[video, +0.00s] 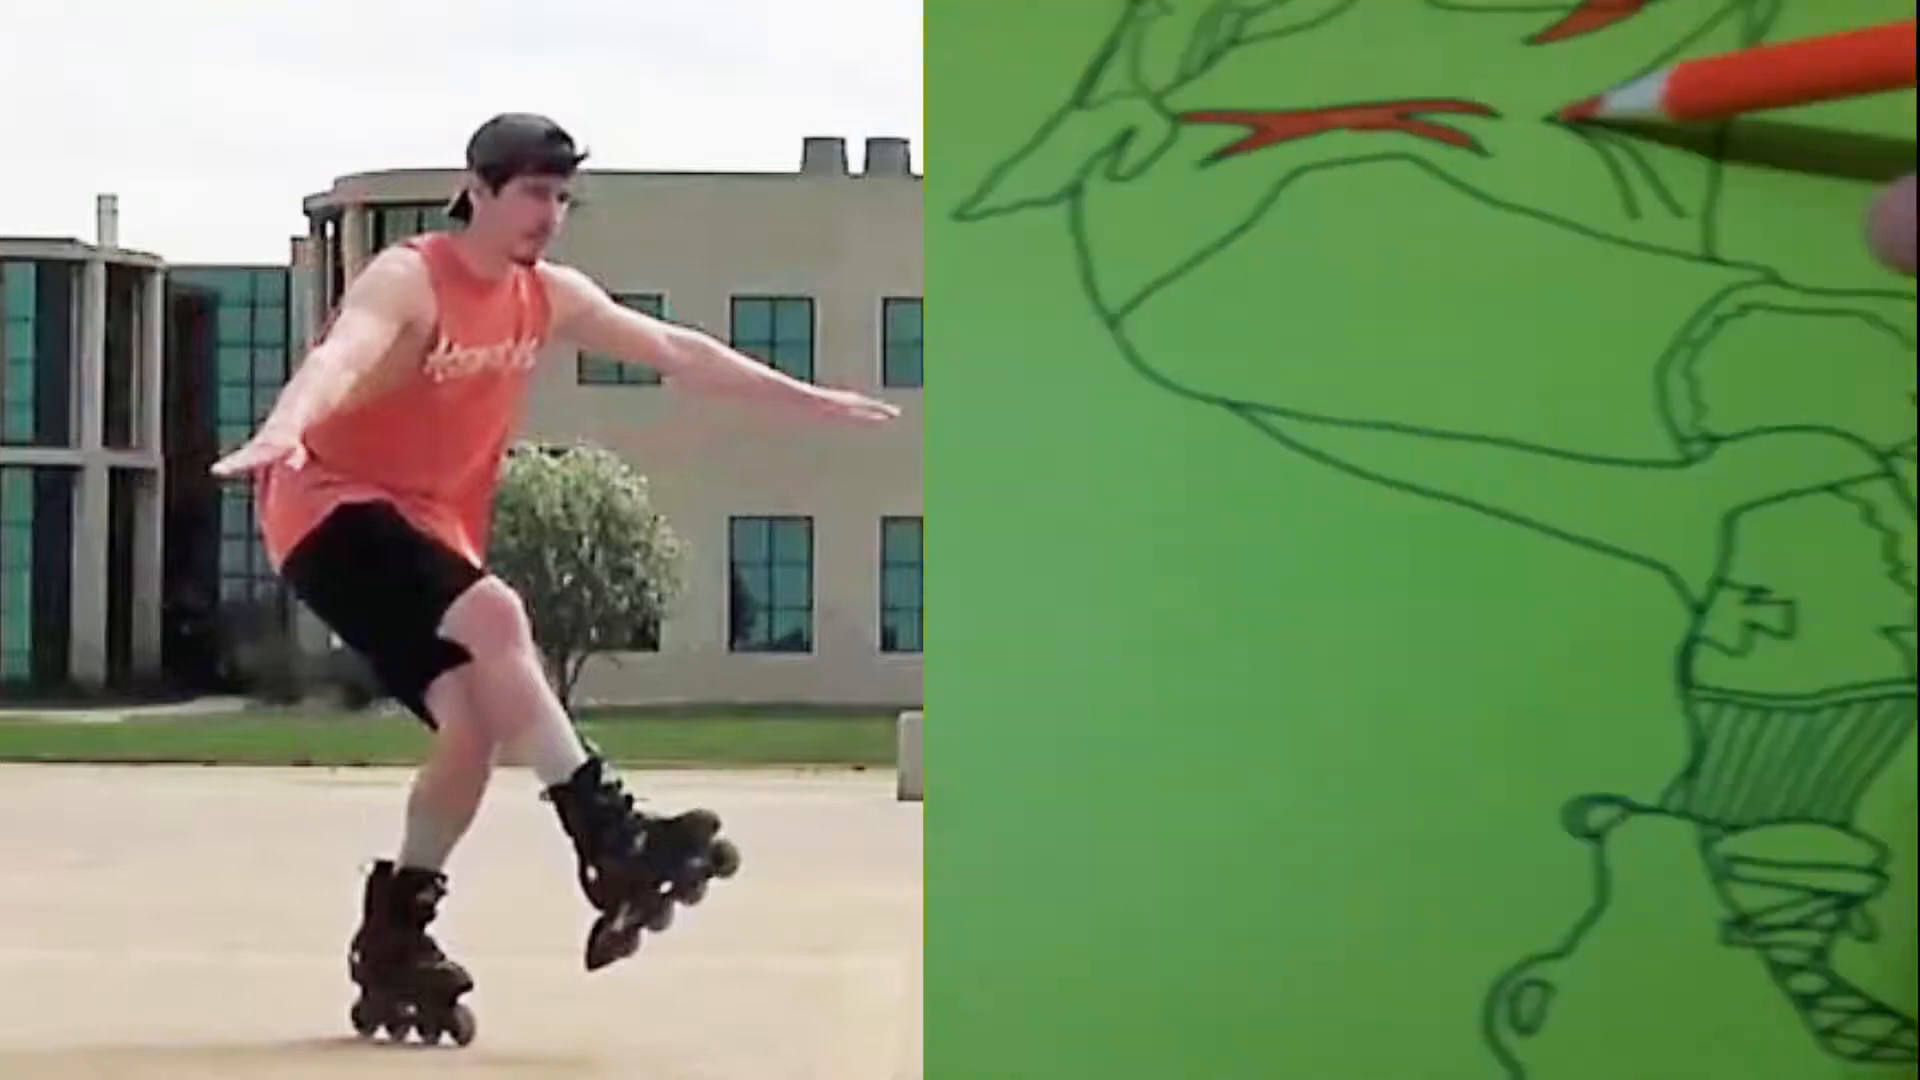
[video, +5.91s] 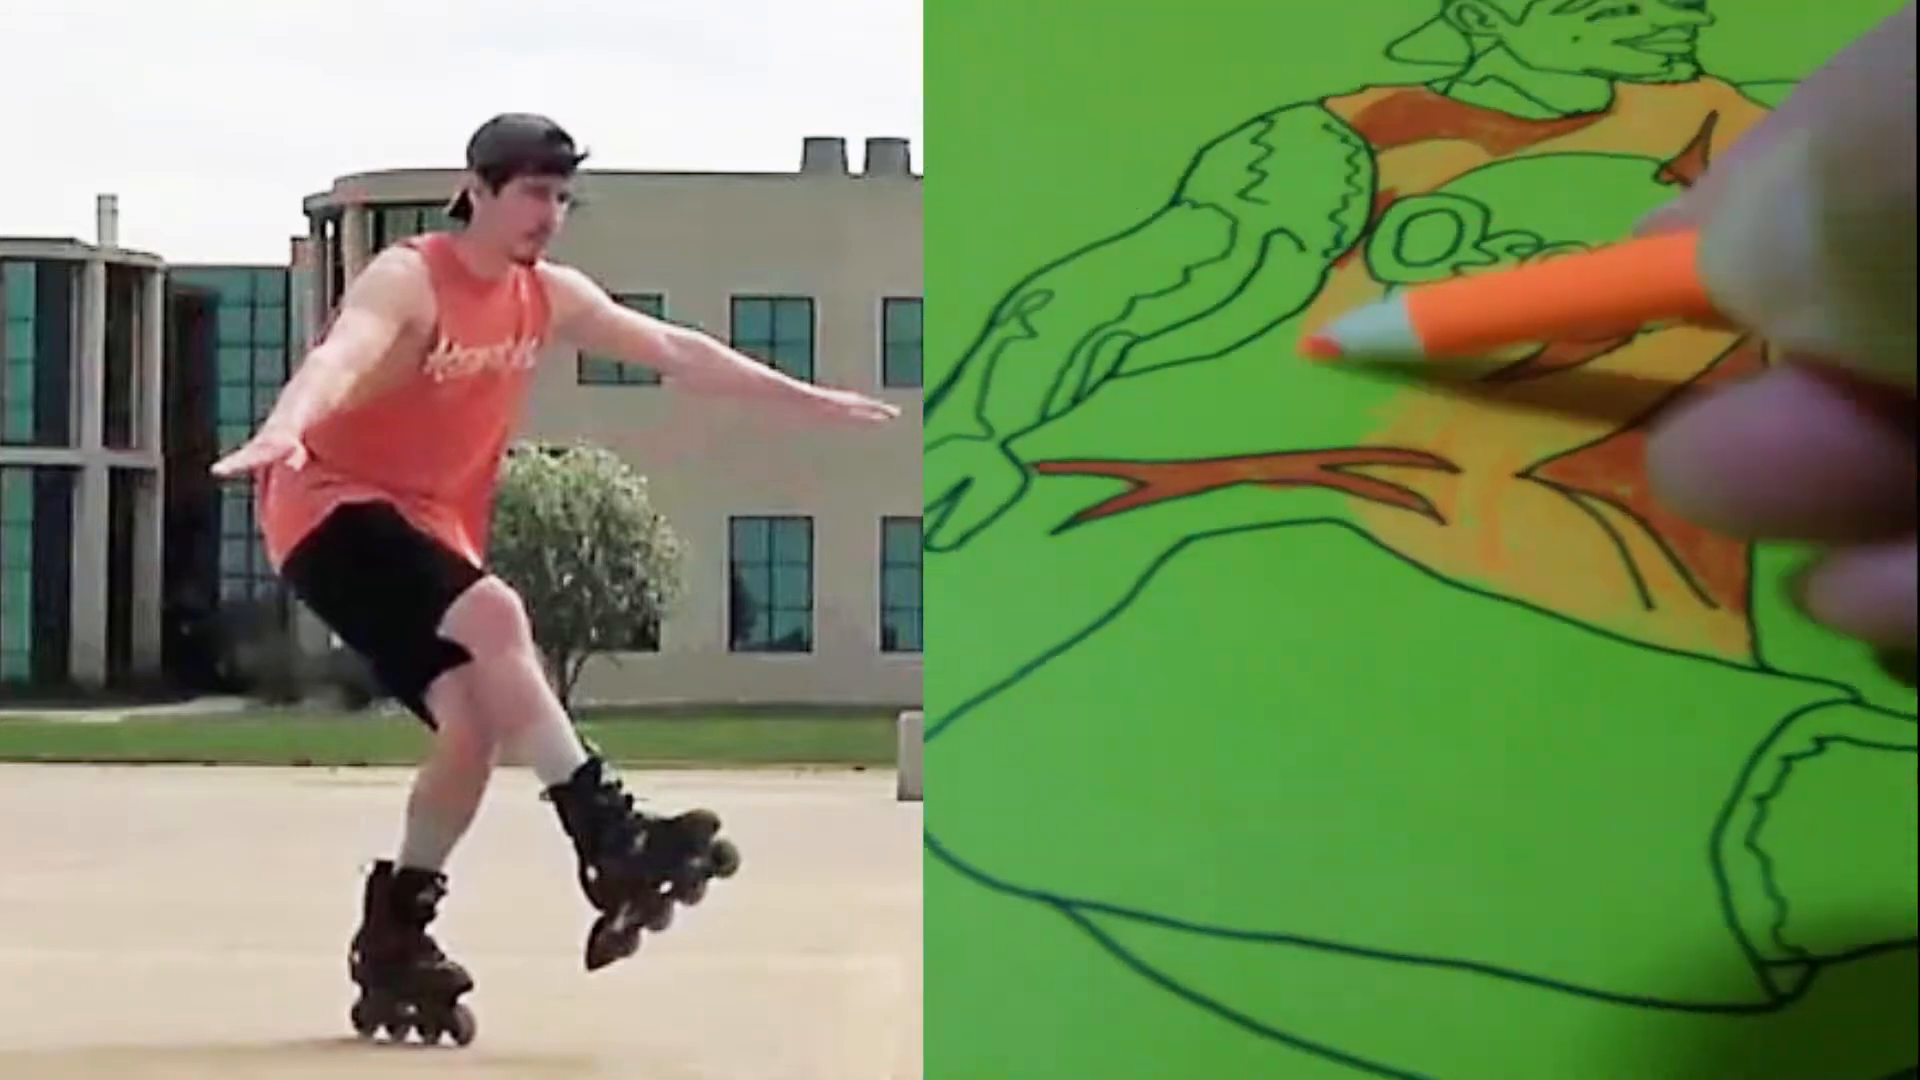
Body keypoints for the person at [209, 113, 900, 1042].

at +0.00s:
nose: (552, 214)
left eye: (561, 199)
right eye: (535, 195)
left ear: (562, 204)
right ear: (477, 191)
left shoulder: (552, 293)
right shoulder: (409, 274)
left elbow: (675, 351)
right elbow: (341, 357)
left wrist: (811, 400)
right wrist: (283, 429)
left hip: (436, 529)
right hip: (333, 503)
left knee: (478, 723)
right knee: (492, 616)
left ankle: (394, 937)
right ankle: (611, 843)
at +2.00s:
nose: (552, 214)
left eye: (562, 198)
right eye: (536, 194)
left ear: (563, 203)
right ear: (477, 191)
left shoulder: (551, 293)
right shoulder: (409, 274)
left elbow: (674, 349)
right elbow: (341, 356)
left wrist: (810, 399)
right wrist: (283, 429)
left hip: (436, 529)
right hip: (334, 504)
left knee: (477, 723)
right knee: (492, 616)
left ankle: (393, 936)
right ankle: (611, 843)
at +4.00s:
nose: (551, 215)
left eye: (561, 199)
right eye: (534, 195)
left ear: (563, 203)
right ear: (475, 191)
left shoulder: (551, 293)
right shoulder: (408, 274)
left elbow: (674, 349)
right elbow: (342, 356)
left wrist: (810, 399)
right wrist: (283, 429)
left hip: (436, 530)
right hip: (334, 504)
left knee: (477, 725)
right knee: (492, 616)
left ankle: (393, 935)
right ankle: (610, 841)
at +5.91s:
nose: (551, 215)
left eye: (561, 199)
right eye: (535, 195)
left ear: (563, 204)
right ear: (476, 191)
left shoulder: (551, 293)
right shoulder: (408, 274)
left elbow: (674, 350)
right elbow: (341, 356)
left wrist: (810, 399)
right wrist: (282, 429)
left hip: (437, 531)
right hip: (334, 505)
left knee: (477, 726)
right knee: (492, 616)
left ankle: (393, 934)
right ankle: (609, 839)